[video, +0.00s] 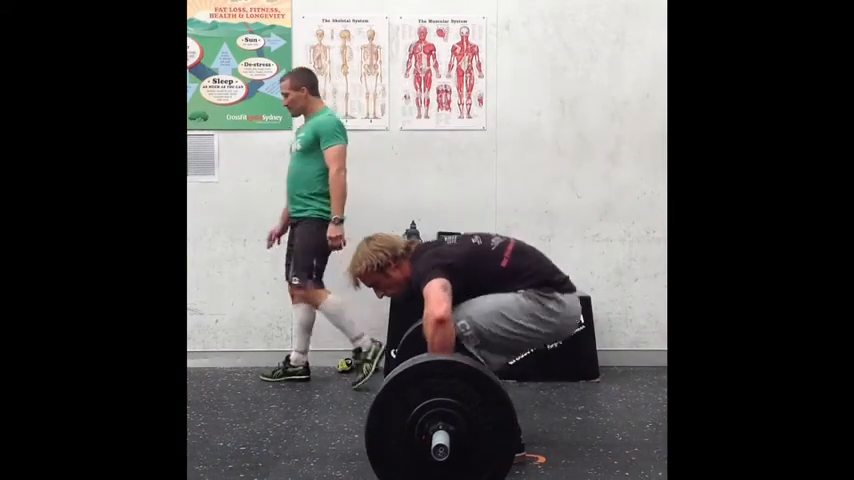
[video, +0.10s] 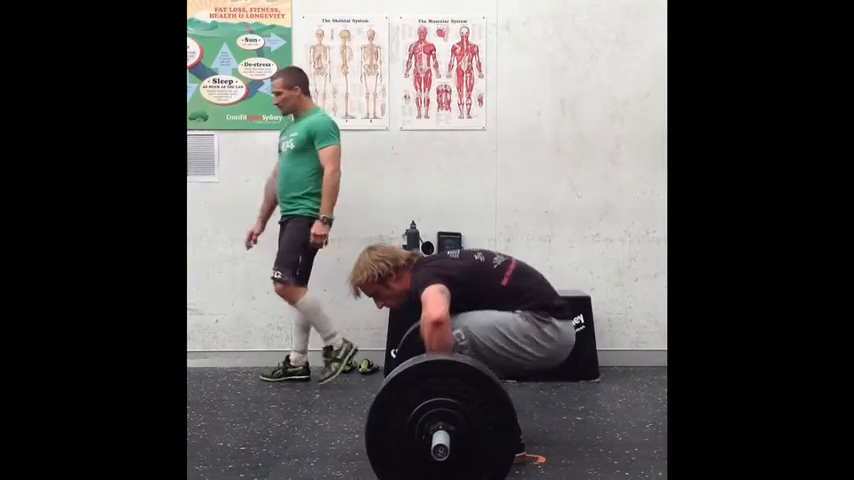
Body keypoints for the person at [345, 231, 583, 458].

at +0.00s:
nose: (381, 294)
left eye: (377, 286)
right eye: (375, 289)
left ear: (391, 267)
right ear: (393, 263)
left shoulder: (428, 262)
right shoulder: (427, 257)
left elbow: (439, 316)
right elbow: (441, 317)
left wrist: (438, 388)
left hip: (550, 303)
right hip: (547, 299)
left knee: (448, 332)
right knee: (442, 331)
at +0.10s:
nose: (380, 305)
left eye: (376, 296)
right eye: (374, 299)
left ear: (391, 276)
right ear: (394, 273)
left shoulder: (428, 273)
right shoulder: (432, 266)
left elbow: (436, 319)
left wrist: (438, 388)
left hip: (546, 328)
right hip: (544, 324)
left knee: (446, 334)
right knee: (436, 333)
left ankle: (495, 436)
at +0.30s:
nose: (381, 315)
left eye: (378, 306)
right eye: (375, 309)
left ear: (394, 287)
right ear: (396, 283)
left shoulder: (428, 284)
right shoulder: (434, 277)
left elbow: (433, 320)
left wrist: (440, 389)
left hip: (542, 356)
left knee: (441, 343)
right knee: (430, 341)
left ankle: (502, 438)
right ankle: (503, 435)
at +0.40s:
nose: (382, 311)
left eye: (378, 301)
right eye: (375, 304)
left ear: (392, 283)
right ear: (395, 279)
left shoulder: (429, 279)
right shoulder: (434, 272)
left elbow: (434, 319)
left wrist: (437, 388)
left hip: (544, 347)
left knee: (447, 342)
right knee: (436, 339)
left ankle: (502, 439)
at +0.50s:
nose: (383, 306)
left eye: (379, 297)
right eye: (377, 300)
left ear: (394, 279)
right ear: (397, 276)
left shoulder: (430, 275)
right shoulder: (436, 268)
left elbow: (433, 319)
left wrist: (438, 387)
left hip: (546, 343)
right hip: (545, 339)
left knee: (442, 339)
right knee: (438, 337)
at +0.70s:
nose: (385, 308)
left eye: (383, 299)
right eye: (380, 302)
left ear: (400, 282)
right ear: (402, 279)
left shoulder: (434, 281)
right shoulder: (441, 273)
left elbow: (437, 320)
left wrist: (441, 387)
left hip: (544, 360)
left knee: (442, 342)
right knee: (446, 341)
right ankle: (507, 439)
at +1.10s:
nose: (387, 305)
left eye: (384, 296)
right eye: (381, 299)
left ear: (401, 279)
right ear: (403, 276)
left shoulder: (431, 278)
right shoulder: (440, 270)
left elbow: (435, 320)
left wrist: (440, 388)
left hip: (546, 357)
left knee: (444, 340)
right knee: (442, 339)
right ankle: (504, 437)